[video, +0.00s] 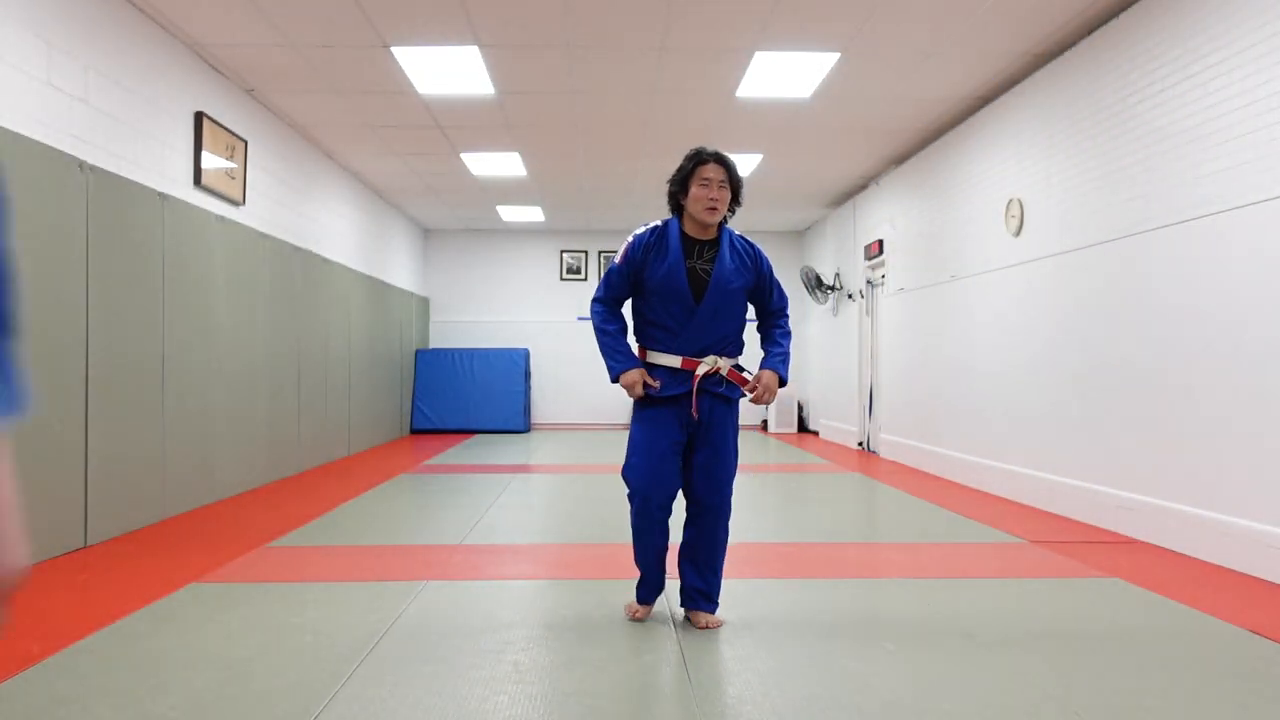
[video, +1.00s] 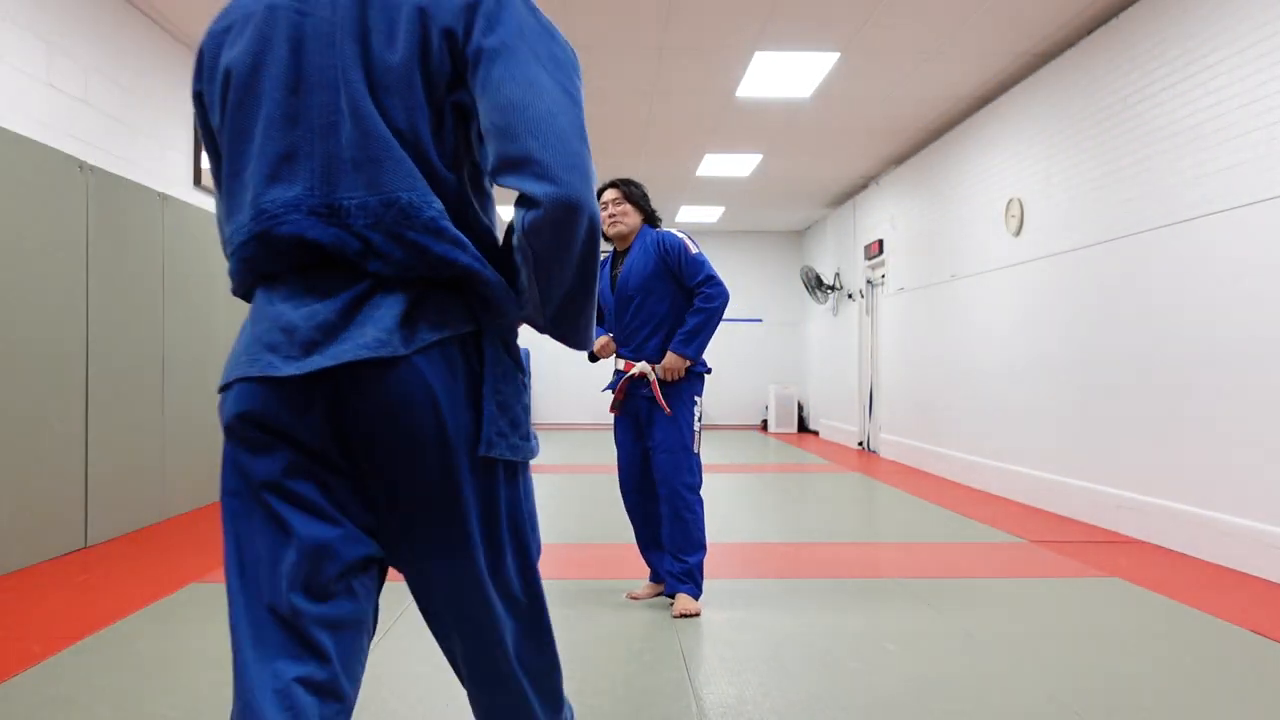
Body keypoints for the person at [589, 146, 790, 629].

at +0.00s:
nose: (714, 194)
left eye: (723, 186)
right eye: (703, 184)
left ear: (732, 198)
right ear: (681, 192)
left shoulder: (748, 256)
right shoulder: (648, 245)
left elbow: (775, 316)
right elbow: (605, 305)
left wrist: (774, 367)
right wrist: (623, 364)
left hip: (719, 395)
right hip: (658, 392)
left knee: (712, 501)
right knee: (647, 488)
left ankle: (700, 601)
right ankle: (649, 584)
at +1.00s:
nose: (610, 210)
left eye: (619, 203)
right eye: (603, 206)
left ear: (642, 211)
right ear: (600, 221)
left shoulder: (668, 244)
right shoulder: (604, 269)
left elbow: (713, 293)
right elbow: (594, 317)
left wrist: (682, 350)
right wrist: (597, 340)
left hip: (672, 381)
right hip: (628, 383)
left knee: (676, 481)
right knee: (636, 482)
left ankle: (686, 586)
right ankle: (662, 576)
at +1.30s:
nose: (629, 235)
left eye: (637, 227)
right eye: (623, 229)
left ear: (653, 222)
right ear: (614, 231)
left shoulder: (675, 252)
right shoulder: (607, 273)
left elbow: (719, 290)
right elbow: (599, 326)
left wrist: (692, 346)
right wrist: (596, 353)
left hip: (679, 382)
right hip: (633, 386)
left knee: (682, 480)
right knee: (640, 481)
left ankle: (688, 585)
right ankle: (663, 574)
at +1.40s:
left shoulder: (675, 250)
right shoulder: (608, 263)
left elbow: (720, 292)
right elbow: (589, 316)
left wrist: (692, 350)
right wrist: (597, 364)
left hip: (681, 381)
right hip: (634, 383)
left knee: (685, 479)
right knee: (642, 481)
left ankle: (690, 584)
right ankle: (664, 574)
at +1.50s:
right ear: (621, 227)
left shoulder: (682, 253)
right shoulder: (614, 266)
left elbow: (723, 297)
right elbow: (598, 316)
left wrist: (700, 350)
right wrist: (606, 368)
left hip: (682, 382)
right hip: (636, 386)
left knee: (690, 479)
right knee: (643, 483)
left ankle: (696, 585)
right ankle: (665, 575)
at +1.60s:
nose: (623, 233)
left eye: (630, 224)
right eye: (615, 227)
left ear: (652, 219)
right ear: (607, 228)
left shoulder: (683, 250)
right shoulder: (610, 268)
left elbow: (727, 298)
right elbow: (592, 322)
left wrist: (704, 351)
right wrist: (613, 366)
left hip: (687, 384)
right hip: (639, 388)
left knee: (697, 480)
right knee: (645, 485)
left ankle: (706, 585)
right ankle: (665, 574)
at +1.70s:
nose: (637, 210)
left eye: (644, 203)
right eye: (629, 204)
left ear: (661, 210)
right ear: (618, 214)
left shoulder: (687, 249)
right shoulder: (610, 264)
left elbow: (732, 300)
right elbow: (591, 325)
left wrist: (711, 351)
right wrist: (614, 370)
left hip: (690, 384)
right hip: (638, 390)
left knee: (706, 483)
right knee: (645, 485)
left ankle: (719, 586)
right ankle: (665, 573)